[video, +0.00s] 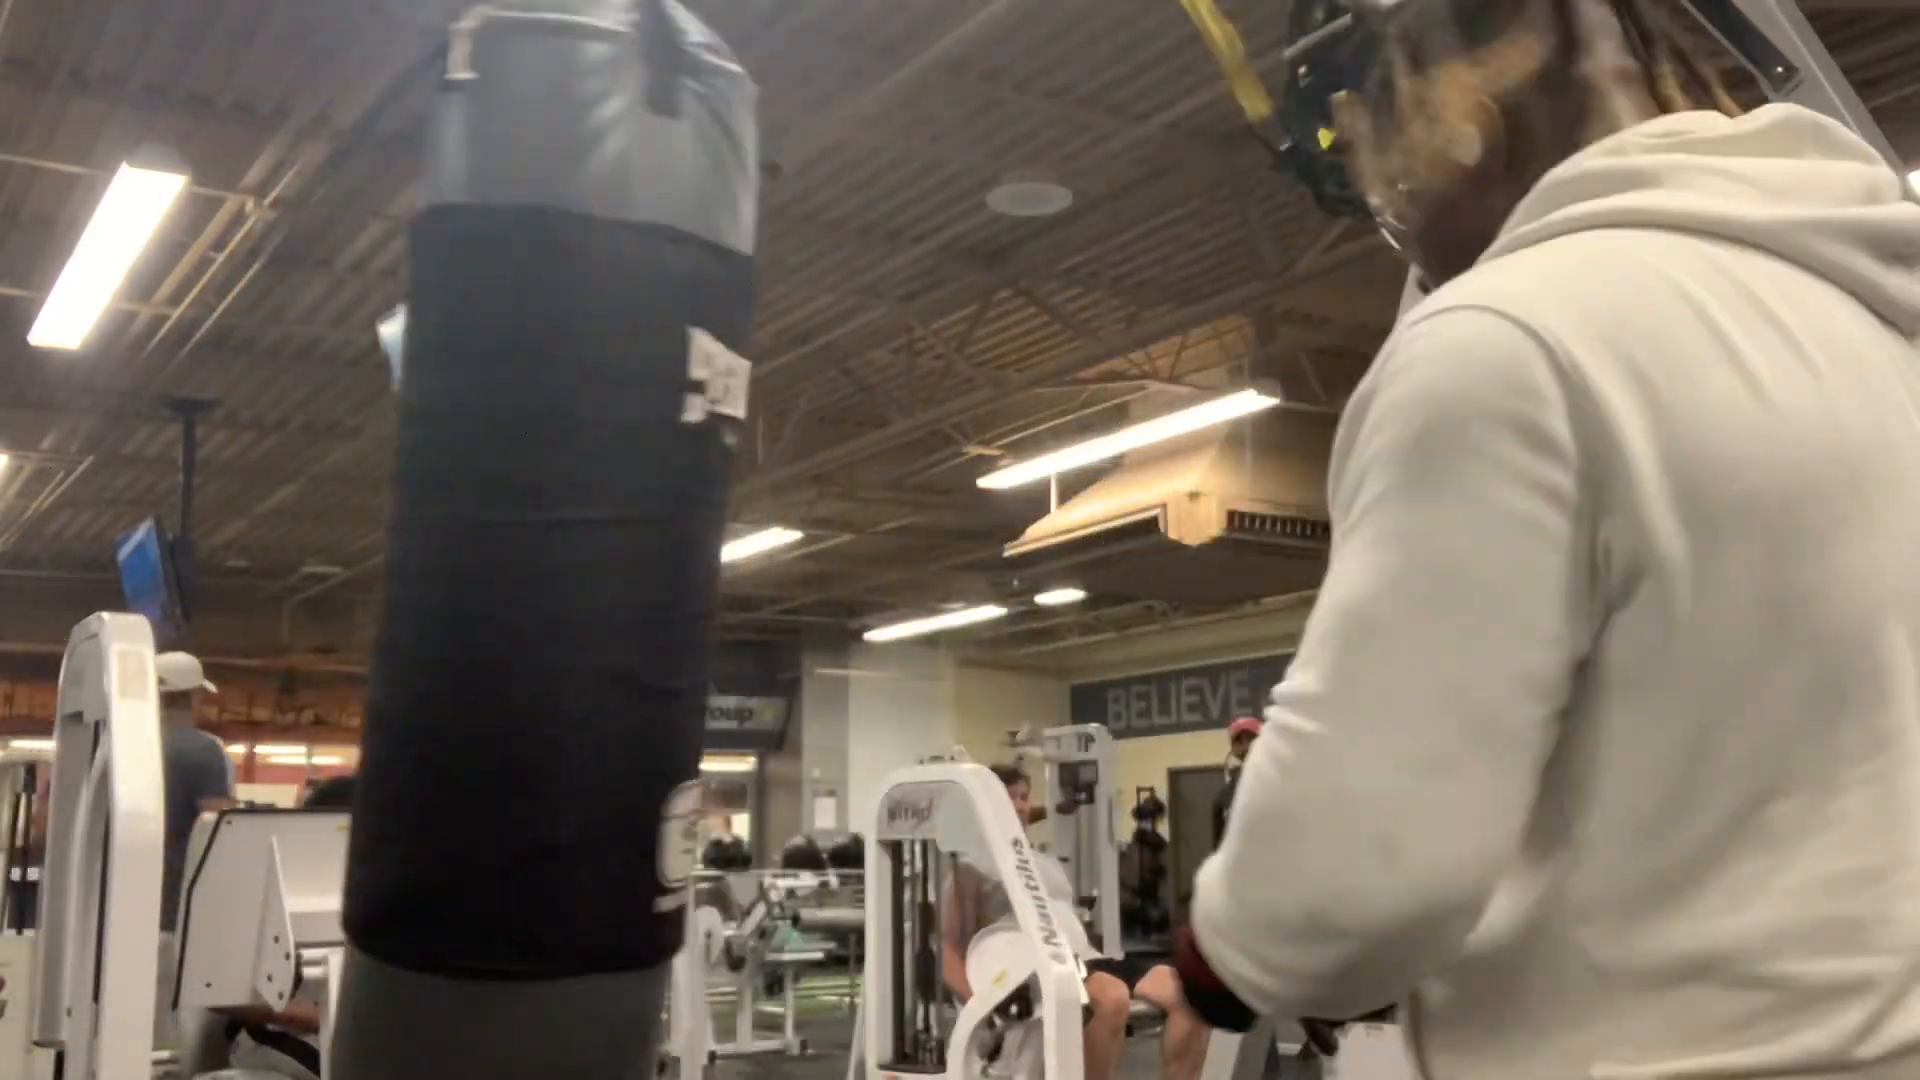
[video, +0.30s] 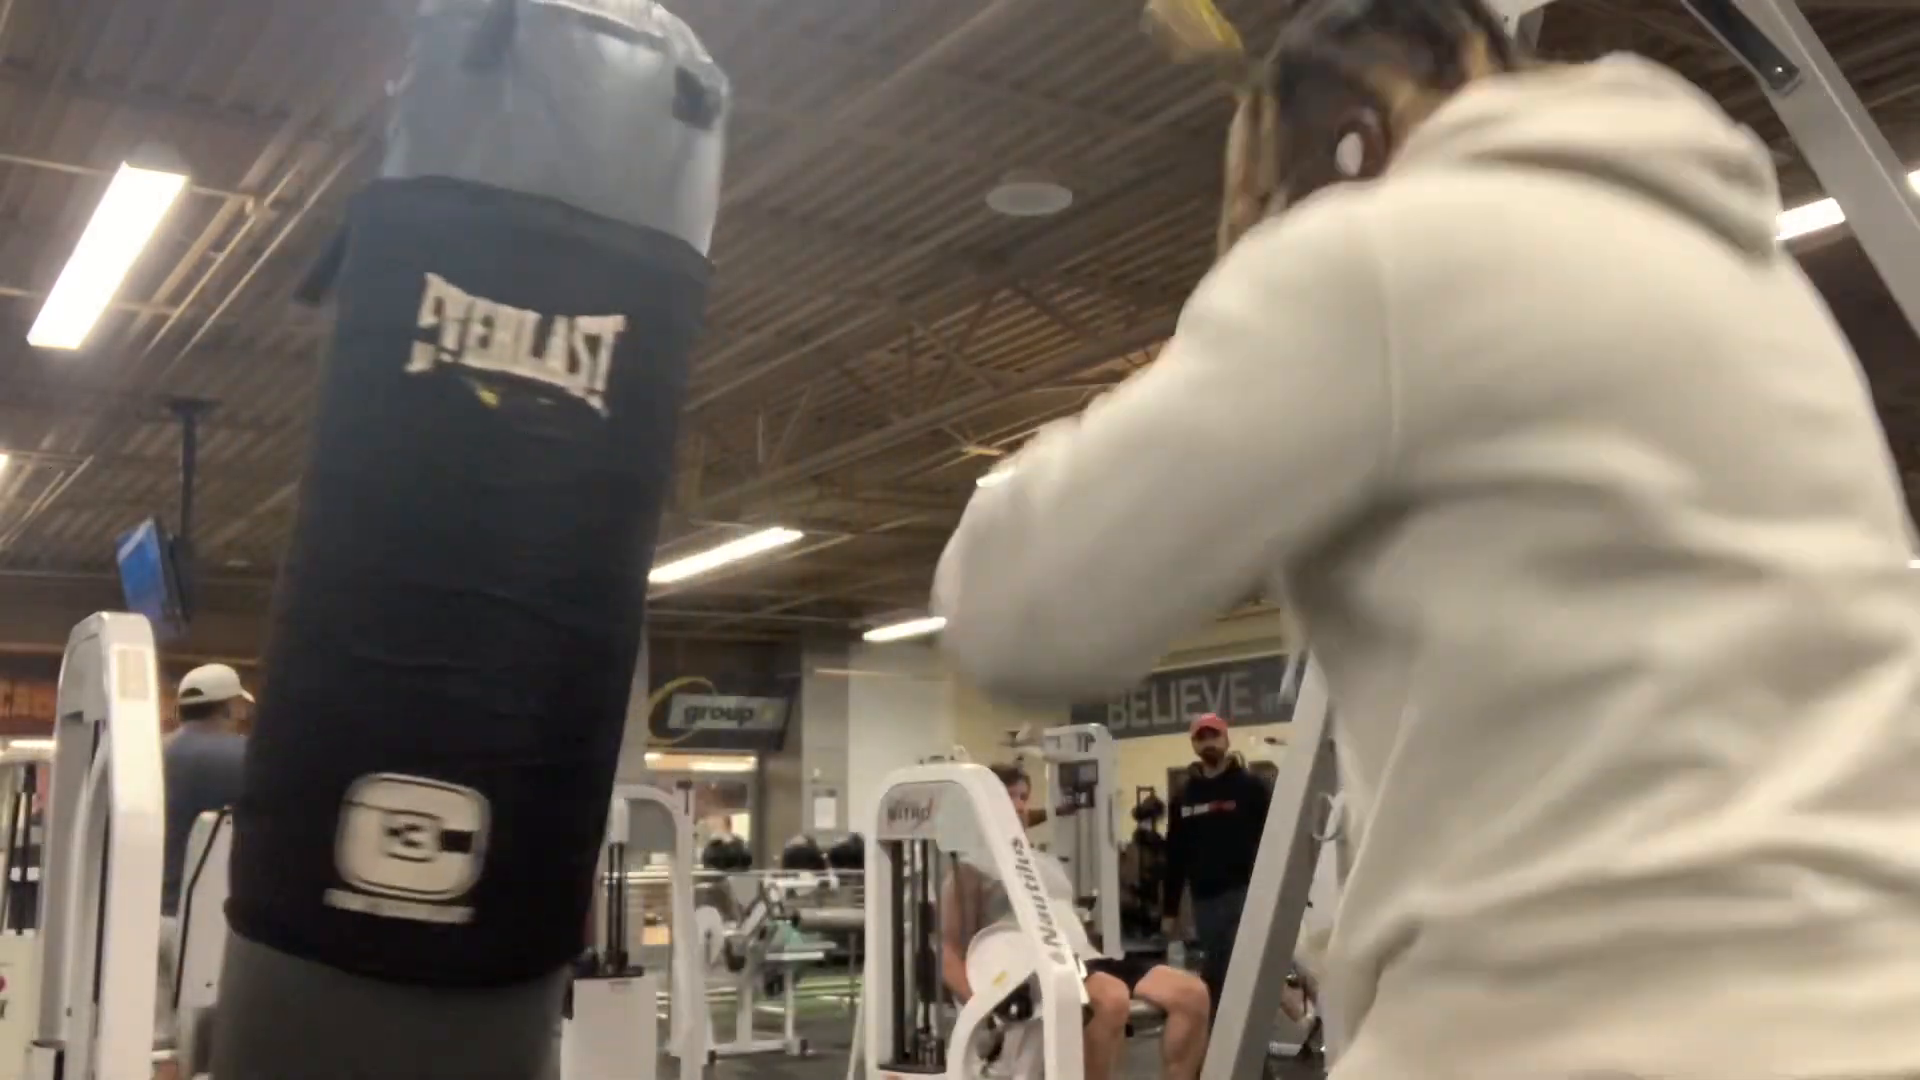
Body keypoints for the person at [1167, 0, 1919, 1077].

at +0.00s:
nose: (1375, 200)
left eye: (1376, 127)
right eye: (1360, 137)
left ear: (1465, 102)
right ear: (1661, 68)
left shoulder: (1507, 341)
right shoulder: (1869, 296)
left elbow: (1366, 865)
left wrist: (1218, 964)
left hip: (1643, 1049)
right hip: (1883, 1031)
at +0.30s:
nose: (1253, 243)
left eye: (1262, 210)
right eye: (1249, 221)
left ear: (1336, 146)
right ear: (1494, 84)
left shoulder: (1371, 260)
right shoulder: (1764, 285)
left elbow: (1014, 621)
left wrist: (1151, 396)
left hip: (1563, 1023)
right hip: (1869, 1011)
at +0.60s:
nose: (1238, 316)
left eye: (1232, 273)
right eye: (1222, 289)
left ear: (1309, 202)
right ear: (1439, 149)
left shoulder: (1364, 371)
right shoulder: (1665, 292)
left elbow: (1122, 764)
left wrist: (993, 610)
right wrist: (1163, 575)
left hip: (1599, 1043)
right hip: (1861, 1015)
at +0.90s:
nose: (1165, 318)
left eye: (1170, 282)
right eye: (1155, 290)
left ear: (1265, 196)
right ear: (1337, 183)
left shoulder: (1327, 299)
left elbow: (925, 557)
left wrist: (769, 650)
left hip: (1579, 1030)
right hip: (1791, 1003)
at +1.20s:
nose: (1151, 328)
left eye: (1169, 287)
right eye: (1143, 302)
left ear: (1243, 260)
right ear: (1343, 246)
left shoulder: (1277, 373)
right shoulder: (1542, 418)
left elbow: (1029, 643)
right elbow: (1700, 751)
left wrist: (769, 796)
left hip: (1463, 1037)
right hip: (1760, 1029)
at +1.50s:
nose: (909, 355)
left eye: (900, 293)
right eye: (888, 310)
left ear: (1028, 203)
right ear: (1027, 208)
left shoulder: (1331, 371)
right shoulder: (1104, 448)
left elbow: (1344, 855)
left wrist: (977, 761)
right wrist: (905, 733)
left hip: (1587, 1053)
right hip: (1312, 1044)